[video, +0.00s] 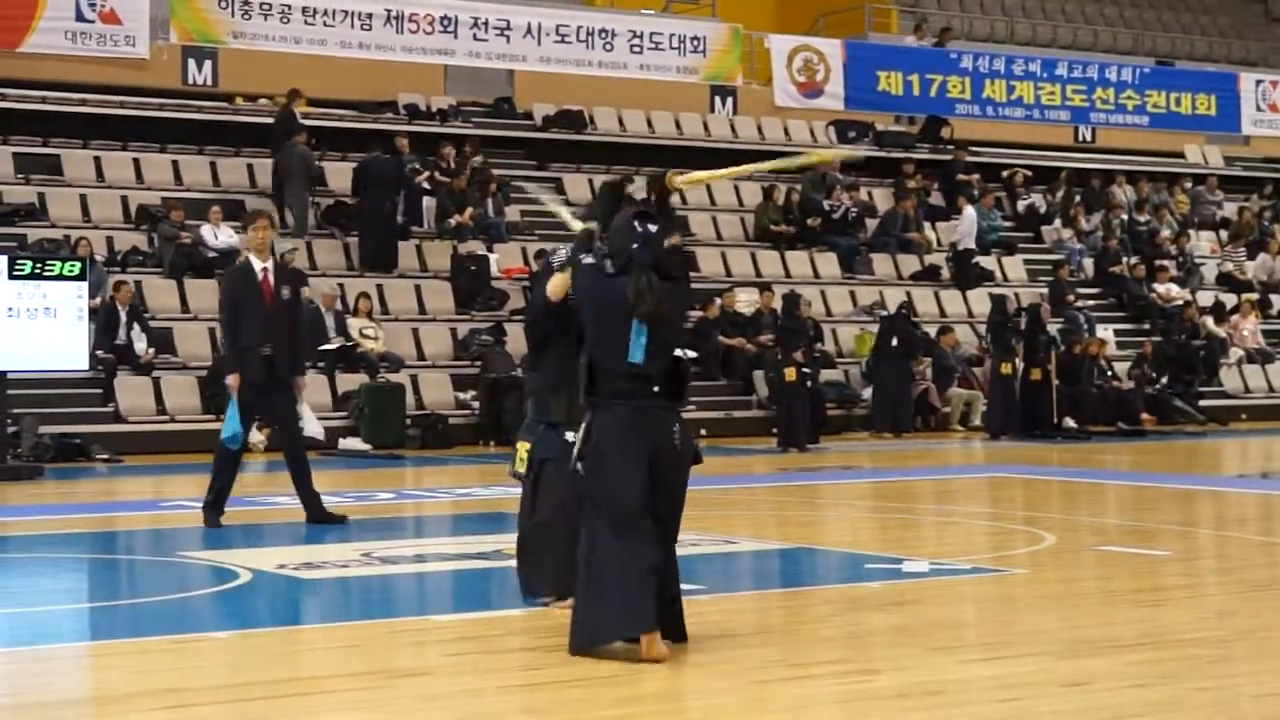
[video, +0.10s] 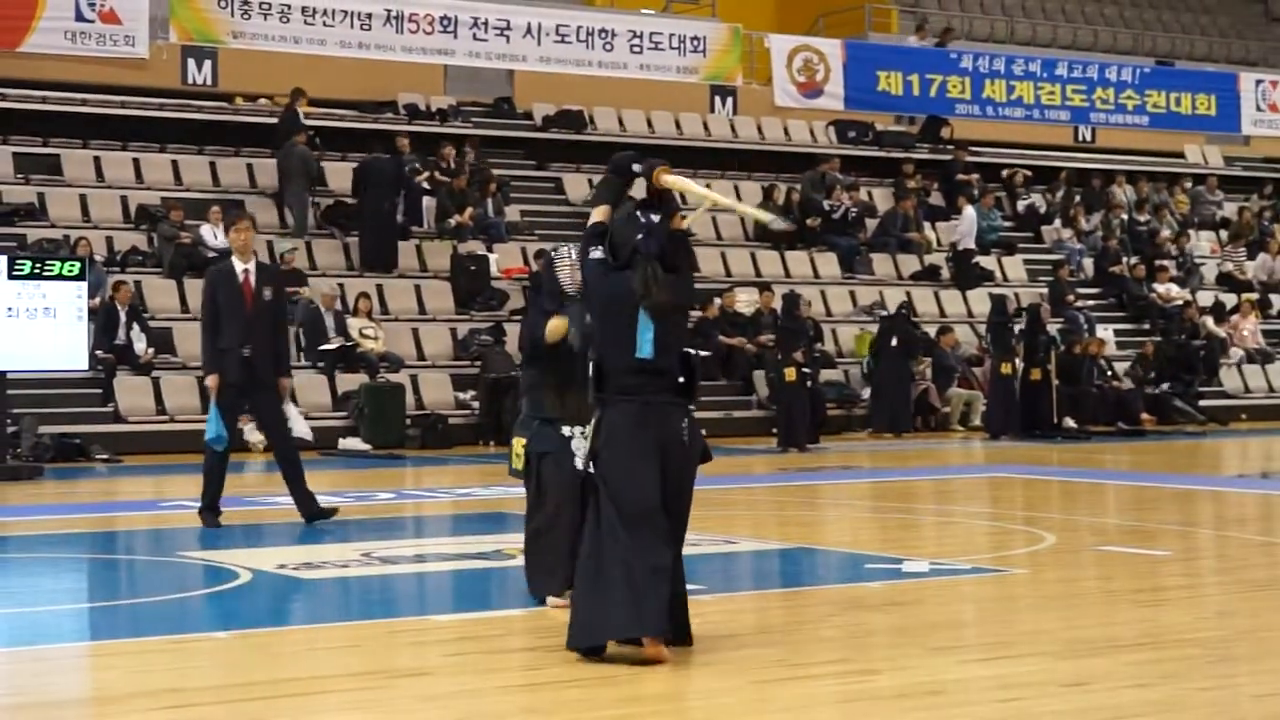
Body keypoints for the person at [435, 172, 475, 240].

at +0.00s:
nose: (464, 183)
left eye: (465, 180)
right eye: (462, 180)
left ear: (466, 181)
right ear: (455, 181)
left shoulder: (466, 192)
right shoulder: (445, 192)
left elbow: (471, 205)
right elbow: (449, 210)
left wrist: (465, 217)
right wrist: (463, 221)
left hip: (461, 219)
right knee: (464, 230)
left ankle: (454, 221)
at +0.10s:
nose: (464, 182)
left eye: (465, 180)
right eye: (462, 180)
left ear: (466, 180)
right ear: (455, 180)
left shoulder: (466, 192)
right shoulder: (445, 192)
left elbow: (471, 205)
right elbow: (449, 209)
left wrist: (465, 217)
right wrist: (463, 221)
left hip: (461, 220)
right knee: (463, 230)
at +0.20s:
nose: (464, 182)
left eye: (465, 180)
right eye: (462, 180)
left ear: (466, 180)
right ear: (455, 180)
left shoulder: (466, 191)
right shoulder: (445, 191)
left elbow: (470, 205)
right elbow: (449, 209)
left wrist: (465, 217)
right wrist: (463, 221)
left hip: (462, 220)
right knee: (464, 230)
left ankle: (454, 221)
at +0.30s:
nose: (464, 182)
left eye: (465, 180)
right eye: (462, 180)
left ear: (466, 180)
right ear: (455, 180)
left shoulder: (466, 191)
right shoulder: (445, 192)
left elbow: (470, 205)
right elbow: (449, 209)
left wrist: (465, 217)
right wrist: (463, 221)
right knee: (464, 229)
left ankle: (454, 221)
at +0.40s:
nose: (465, 182)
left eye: (465, 179)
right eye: (462, 180)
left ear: (466, 180)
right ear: (455, 180)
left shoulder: (466, 191)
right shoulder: (445, 191)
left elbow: (471, 205)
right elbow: (449, 209)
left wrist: (465, 217)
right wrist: (462, 220)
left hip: (462, 220)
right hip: (444, 221)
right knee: (463, 229)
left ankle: (454, 221)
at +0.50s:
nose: (465, 182)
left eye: (466, 180)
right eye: (462, 180)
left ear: (467, 180)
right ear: (455, 180)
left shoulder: (467, 191)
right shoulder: (446, 191)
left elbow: (471, 205)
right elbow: (449, 209)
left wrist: (466, 217)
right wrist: (463, 220)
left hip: (462, 220)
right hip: (444, 221)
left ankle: (454, 221)